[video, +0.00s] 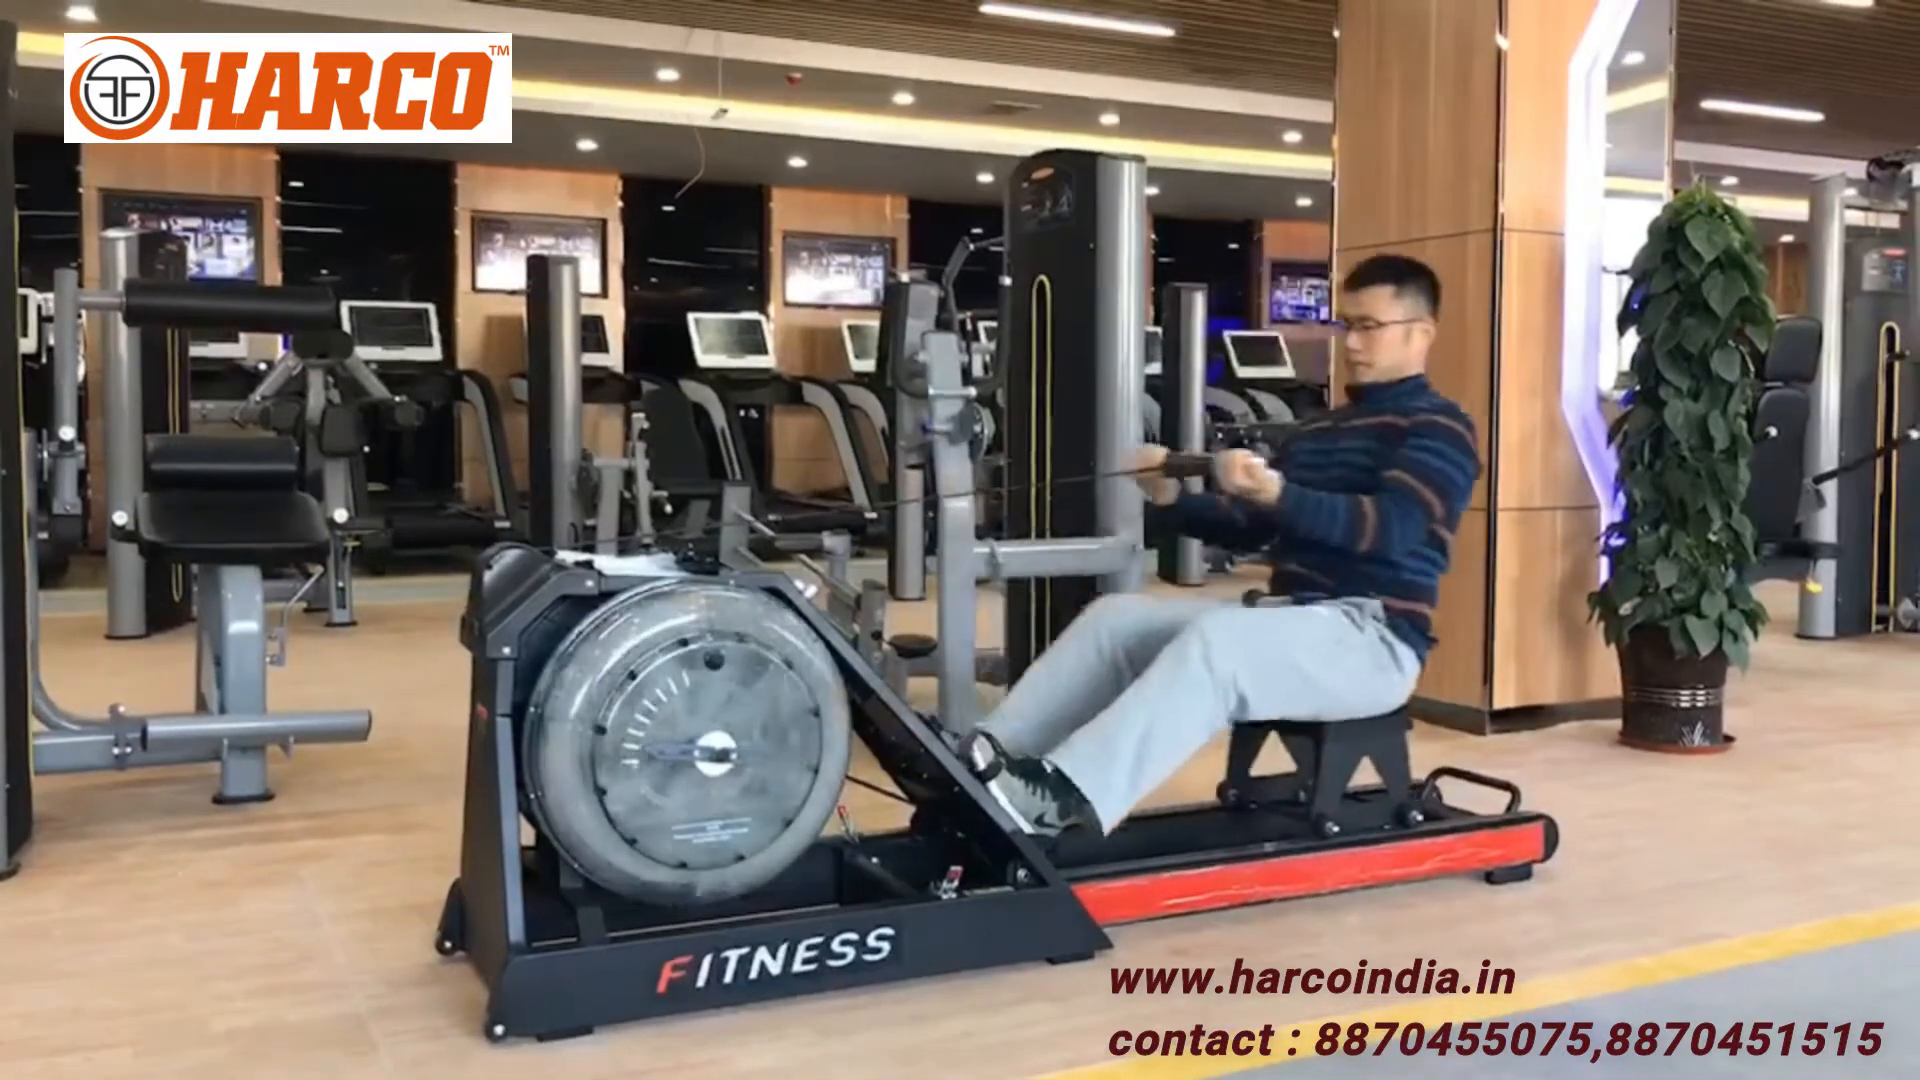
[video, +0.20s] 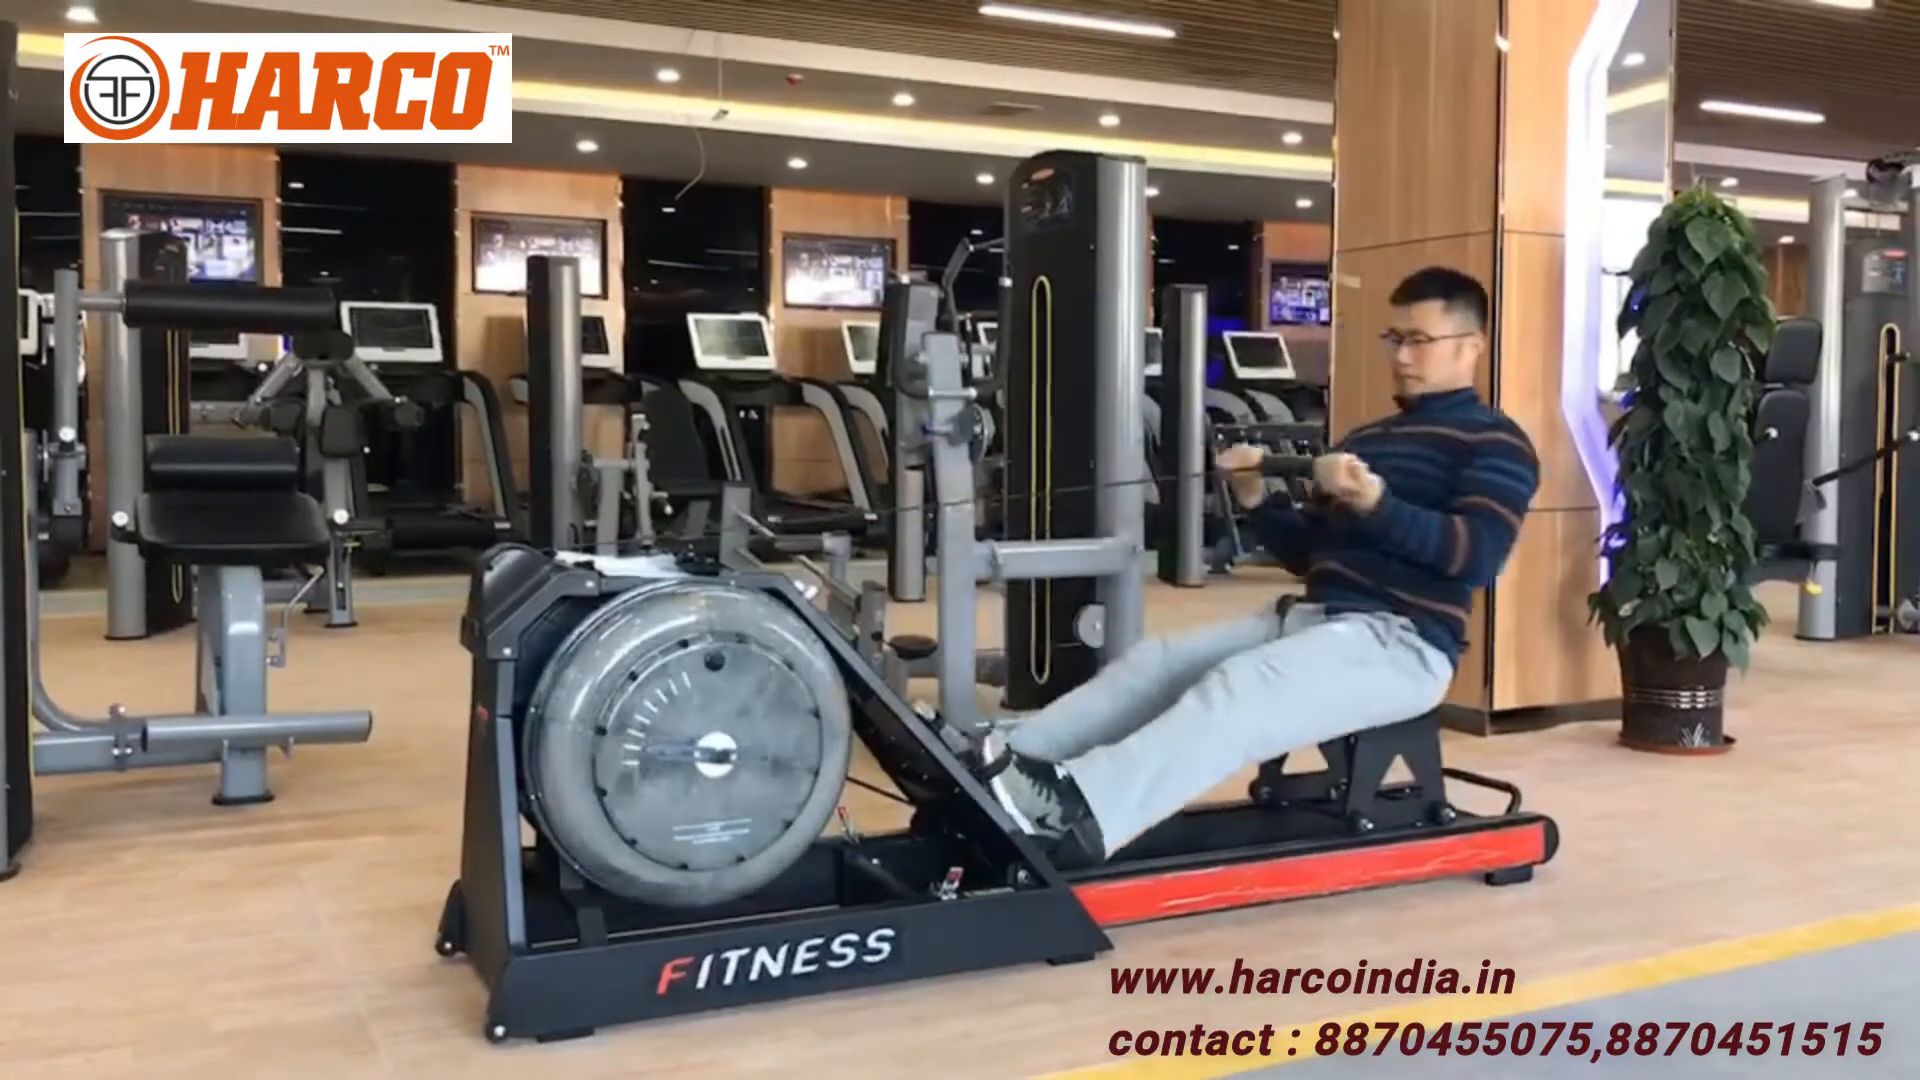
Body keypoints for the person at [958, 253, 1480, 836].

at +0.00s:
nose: (1353, 343)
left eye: (1373, 327)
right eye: (1347, 326)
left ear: (1424, 336)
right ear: (1339, 330)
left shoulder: (1442, 430)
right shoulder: (1325, 429)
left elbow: (1386, 528)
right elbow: (1261, 528)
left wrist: (1279, 495)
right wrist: (1169, 495)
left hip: (1373, 637)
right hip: (1291, 617)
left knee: (1214, 645)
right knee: (1117, 619)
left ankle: (1065, 795)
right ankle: (983, 759)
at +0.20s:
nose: (1402, 357)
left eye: (1422, 341)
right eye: (1396, 340)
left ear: (1472, 350)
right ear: (1388, 345)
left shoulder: (1499, 445)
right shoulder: (1373, 439)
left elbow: (1474, 556)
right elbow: (1313, 551)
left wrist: (1375, 506)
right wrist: (1255, 499)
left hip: (1397, 641)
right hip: (1312, 616)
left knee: (1233, 697)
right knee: (1162, 660)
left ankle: (1081, 814)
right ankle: (1007, 754)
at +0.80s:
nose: (1274, 331)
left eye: (1293, 316)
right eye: (1272, 315)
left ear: (1351, 326)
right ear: (1266, 317)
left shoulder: (1385, 429)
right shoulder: (1260, 432)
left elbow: (1382, 547)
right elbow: (1218, 540)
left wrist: (1267, 522)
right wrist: (1139, 520)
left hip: (1336, 643)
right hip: (1239, 623)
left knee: (1190, 607)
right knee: (1085, 587)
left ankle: (1062, 788)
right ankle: (981, 751)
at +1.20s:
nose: (1121, 313)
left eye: (1139, 298)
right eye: (1120, 298)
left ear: (1195, 316)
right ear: (1113, 309)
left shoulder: (1227, 414)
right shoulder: (1113, 415)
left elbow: (1166, 487)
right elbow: (1034, 467)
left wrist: (1039, 509)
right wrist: (940, 487)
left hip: (1230, 652)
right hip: (1127, 637)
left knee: (1097, 566)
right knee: (974, 564)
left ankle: (1034, 784)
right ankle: (959, 758)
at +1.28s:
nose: (1119, 309)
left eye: (1138, 295)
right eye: (1118, 295)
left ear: (1194, 314)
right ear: (1115, 307)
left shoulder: (1224, 413)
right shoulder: (1108, 414)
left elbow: (1143, 483)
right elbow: (1025, 466)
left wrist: (1019, 518)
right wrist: (928, 492)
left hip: (1226, 651)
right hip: (1123, 635)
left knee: (1093, 564)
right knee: (981, 555)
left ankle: (1034, 783)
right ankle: (961, 755)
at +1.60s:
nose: (1231, 309)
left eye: (1253, 298)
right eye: (1231, 296)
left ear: (1306, 322)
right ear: (1224, 307)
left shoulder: (1322, 416)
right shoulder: (1210, 411)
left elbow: (1221, 465)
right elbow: (1118, 448)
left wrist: (1100, 492)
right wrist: (1000, 471)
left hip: (1280, 644)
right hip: (1188, 619)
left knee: (1133, 581)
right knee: (1032, 572)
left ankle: (1038, 786)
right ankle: (959, 747)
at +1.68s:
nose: (1258, 316)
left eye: (1279, 304)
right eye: (1258, 302)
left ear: (1334, 324)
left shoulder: (1353, 417)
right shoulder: (1242, 410)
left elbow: (1252, 460)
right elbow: (1150, 443)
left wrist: (1132, 478)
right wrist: (1035, 458)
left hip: (1302, 642)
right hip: (1217, 618)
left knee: (1151, 594)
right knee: (1056, 579)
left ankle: (1041, 787)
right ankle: (961, 749)